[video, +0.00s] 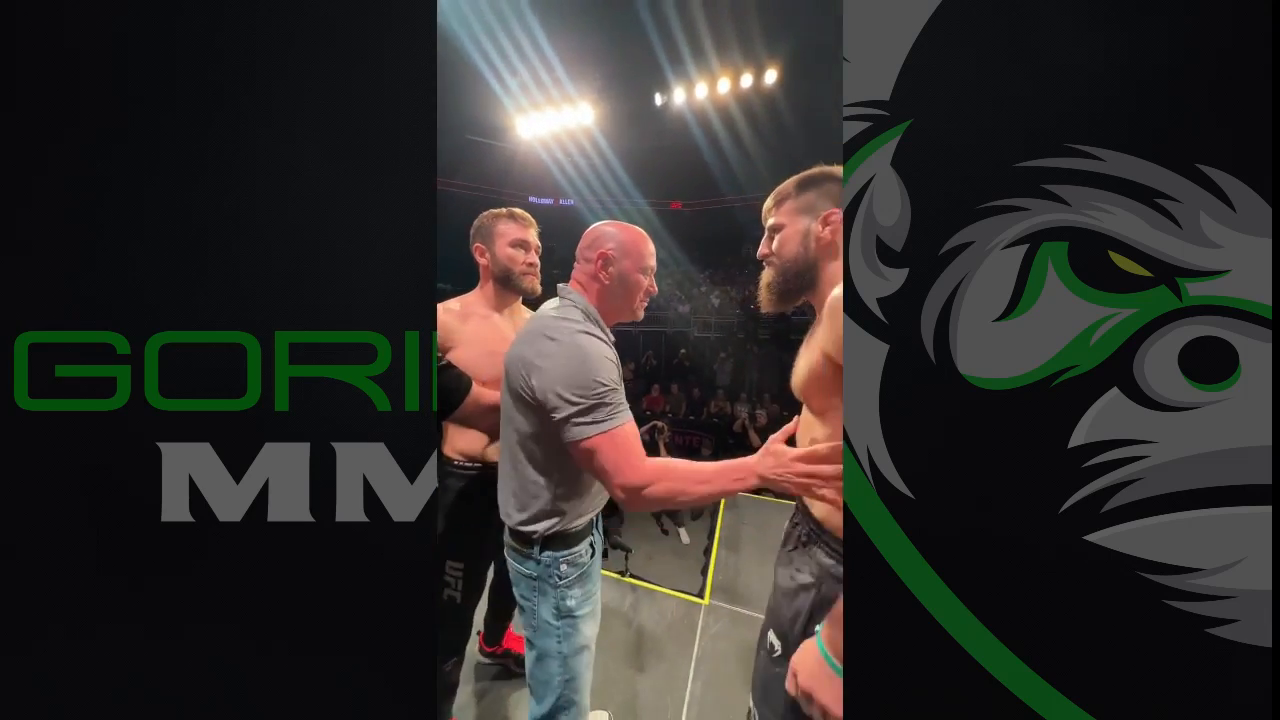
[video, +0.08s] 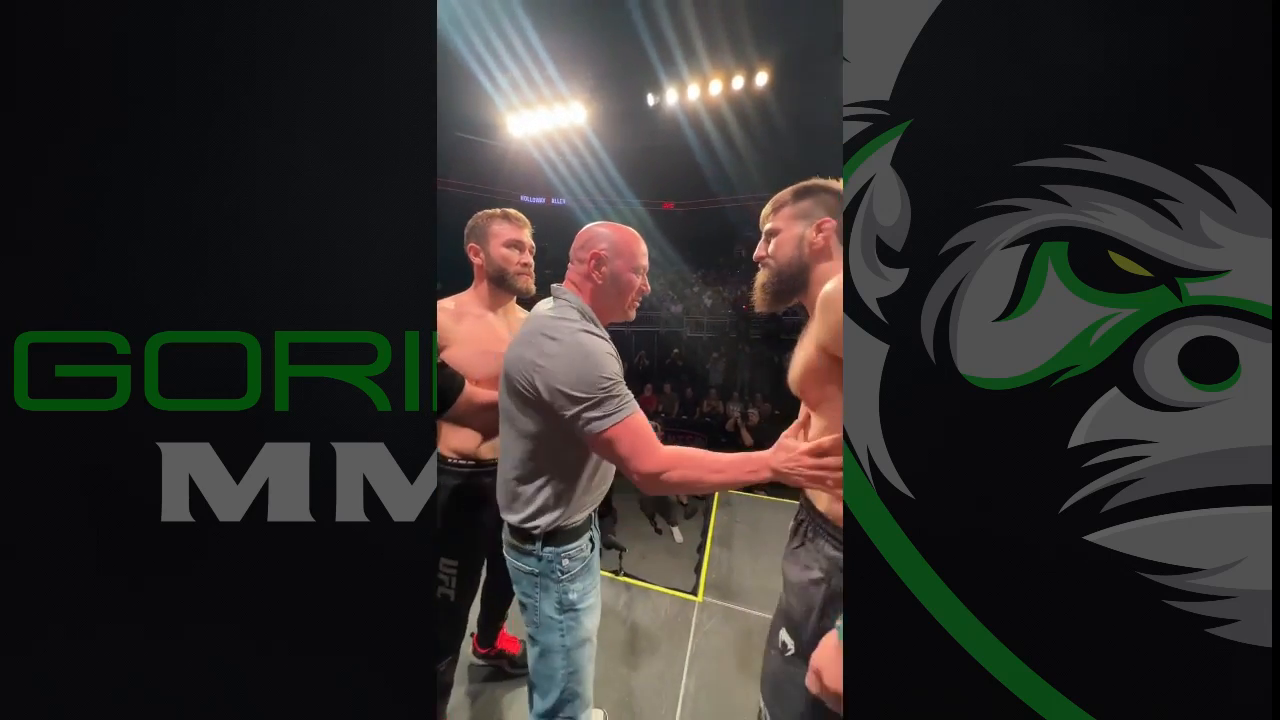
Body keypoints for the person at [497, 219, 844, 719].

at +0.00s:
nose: (654, 288)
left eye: (653, 275)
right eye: (646, 273)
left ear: (599, 268)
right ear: (602, 266)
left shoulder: (560, 325)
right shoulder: (573, 347)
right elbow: (634, 484)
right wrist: (756, 468)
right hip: (553, 550)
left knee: (558, 678)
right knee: (559, 703)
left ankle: (567, 708)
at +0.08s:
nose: (645, 288)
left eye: (646, 275)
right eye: (638, 273)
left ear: (592, 267)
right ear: (595, 266)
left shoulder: (555, 321)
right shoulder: (572, 347)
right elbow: (652, 469)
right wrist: (770, 463)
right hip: (552, 547)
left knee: (557, 651)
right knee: (561, 701)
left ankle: (567, 707)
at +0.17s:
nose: (637, 287)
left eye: (637, 274)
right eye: (629, 272)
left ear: (583, 267)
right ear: (586, 266)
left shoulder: (544, 321)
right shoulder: (569, 344)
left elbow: (592, 420)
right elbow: (655, 458)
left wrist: (650, 466)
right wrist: (774, 460)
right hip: (553, 546)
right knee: (573, 702)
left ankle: (540, 711)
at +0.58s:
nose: (590, 270)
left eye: (588, 259)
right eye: (578, 258)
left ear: (530, 262)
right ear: (532, 259)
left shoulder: (502, 318)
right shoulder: (530, 331)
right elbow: (626, 436)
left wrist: (610, 438)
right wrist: (746, 447)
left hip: (498, 527)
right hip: (525, 537)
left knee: (496, 646)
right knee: (560, 692)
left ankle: (492, 713)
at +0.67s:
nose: (583, 269)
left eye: (581, 258)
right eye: (572, 257)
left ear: (524, 260)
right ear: (525, 258)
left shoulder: (498, 318)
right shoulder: (523, 331)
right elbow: (620, 435)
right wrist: (741, 452)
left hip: (493, 528)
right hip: (517, 539)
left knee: (489, 645)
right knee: (551, 693)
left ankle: (480, 713)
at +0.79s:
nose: (569, 266)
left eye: (567, 254)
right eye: (557, 254)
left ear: (510, 257)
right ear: (510, 256)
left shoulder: (485, 316)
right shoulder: (510, 332)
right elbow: (609, 435)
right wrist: (736, 452)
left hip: (482, 529)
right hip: (507, 540)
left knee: (474, 640)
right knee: (540, 691)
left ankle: (457, 713)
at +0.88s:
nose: (563, 262)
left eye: (561, 250)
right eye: (550, 250)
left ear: (500, 254)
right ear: (502, 253)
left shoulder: (468, 315)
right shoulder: (504, 331)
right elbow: (603, 434)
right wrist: (725, 449)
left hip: (474, 528)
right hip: (504, 541)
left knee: (467, 632)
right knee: (534, 692)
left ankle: (446, 708)